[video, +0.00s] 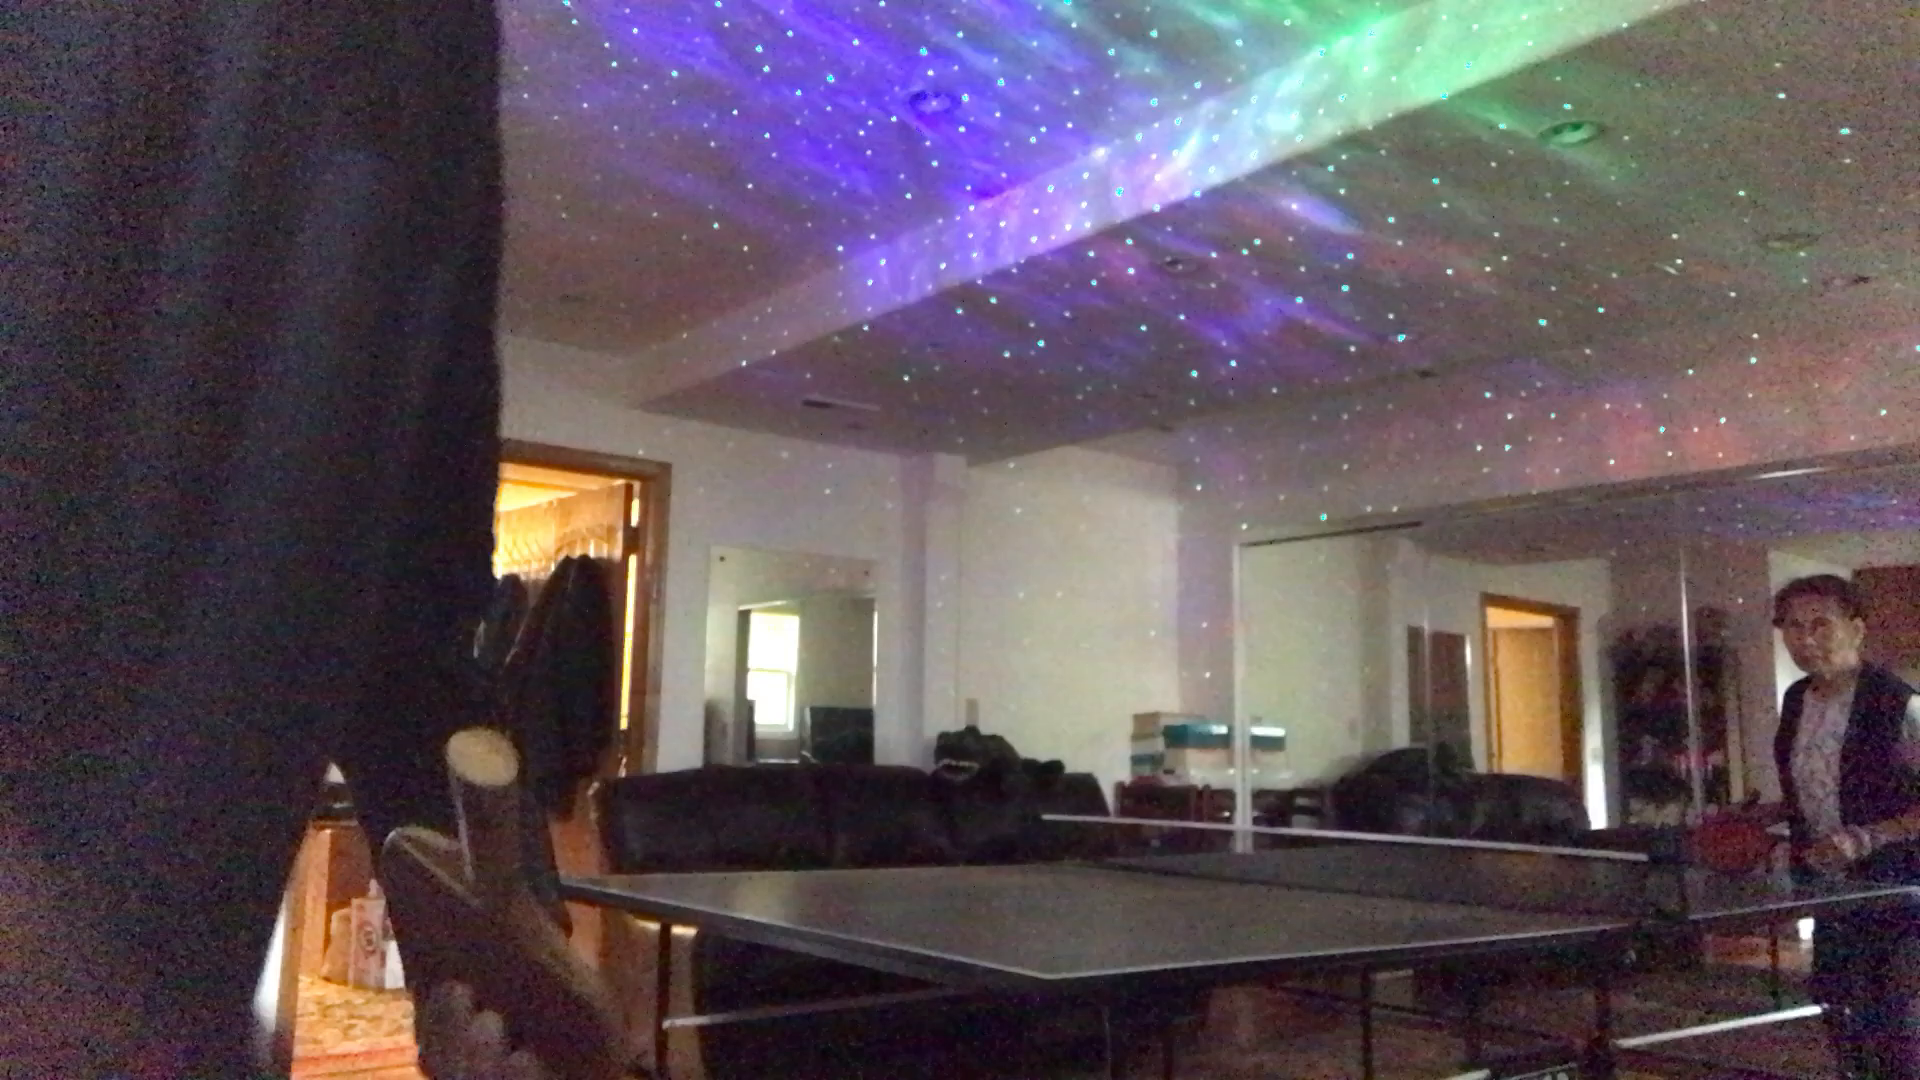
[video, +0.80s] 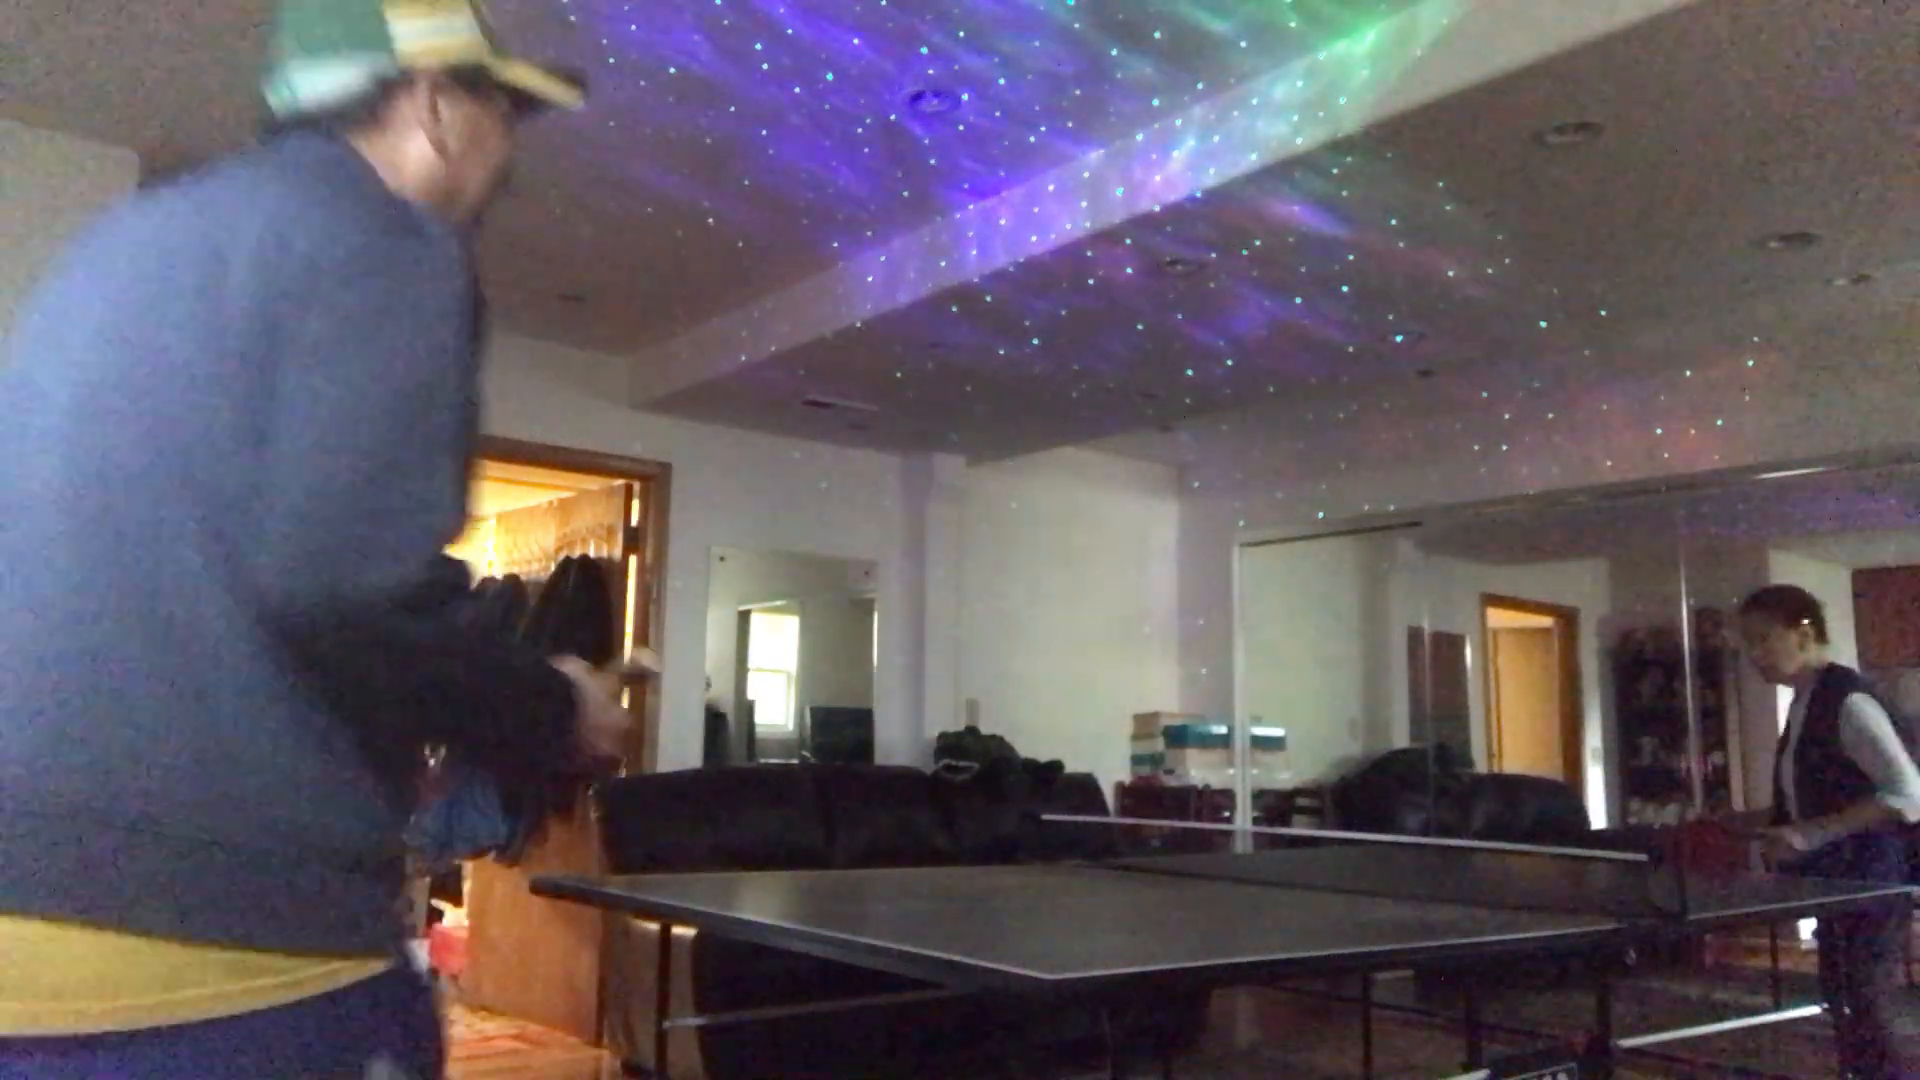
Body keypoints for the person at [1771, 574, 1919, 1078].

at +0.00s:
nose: (1804, 638)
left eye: (1818, 623)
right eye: (1792, 626)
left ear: (1856, 628)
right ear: (1783, 635)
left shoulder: (1893, 699)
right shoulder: (1797, 698)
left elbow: (1917, 809)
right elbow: (1803, 796)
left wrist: (1861, 840)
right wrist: (1772, 818)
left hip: (1894, 891)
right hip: (1830, 890)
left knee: (1890, 1021)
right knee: (1834, 1005)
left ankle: (1893, 1069)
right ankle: (1856, 1068)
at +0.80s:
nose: (1754, 655)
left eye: (1763, 639)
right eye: (1749, 643)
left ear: (1803, 632)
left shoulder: (1849, 702)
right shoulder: (1802, 703)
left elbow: (1906, 797)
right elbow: (1805, 807)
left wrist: (1811, 833)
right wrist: (1743, 821)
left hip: (1873, 882)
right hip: (1837, 881)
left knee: (1870, 1011)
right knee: (1846, 1006)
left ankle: (1887, 1072)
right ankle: (1860, 1071)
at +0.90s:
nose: (1752, 660)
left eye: (1759, 645)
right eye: (1747, 649)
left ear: (1796, 635)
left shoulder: (1838, 701)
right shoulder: (1814, 699)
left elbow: (1869, 804)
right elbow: (1816, 795)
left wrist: (1765, 823)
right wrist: (1749, 809)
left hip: (1864, 887)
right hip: (1839, 884)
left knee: (1862, 1011)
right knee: (1849, 1009)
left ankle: (1876, 1072)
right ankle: (1861, 1071)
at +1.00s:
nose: (1748, 664)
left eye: (1751, 648)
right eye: (1744, 652)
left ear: (1786, 637)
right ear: (1791, 640)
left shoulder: (1831, 696)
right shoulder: (1821, 694)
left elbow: (1817, 802)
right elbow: (1804, 786)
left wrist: (1734, 798)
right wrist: (1746, 769)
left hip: (1861, 887)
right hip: (1848, 886)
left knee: (1853, 1006)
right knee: (1849, 1004)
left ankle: (1870, 1072)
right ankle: (1867, 1071)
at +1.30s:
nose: (1735, 655)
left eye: (1740, 641)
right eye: (1732, 644)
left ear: (1778, 632)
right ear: (1772, 637)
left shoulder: (1840, 697)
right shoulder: (1771, 712)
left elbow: (1846, 791)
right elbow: (1759, 789)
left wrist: (1756, 780)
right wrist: (1713, 779)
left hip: (1866, 877)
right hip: (1818, 877)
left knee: (1859, 997)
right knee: (1830, 988)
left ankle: (1881, 1068)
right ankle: (1866, 1066)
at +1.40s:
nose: (1730, 654)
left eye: (1739, 639)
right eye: (1726, 642)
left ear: (1780, 634)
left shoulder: (1837, 696)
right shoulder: (1757, 714)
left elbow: (1905, 786)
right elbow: (1764, 797)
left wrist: (1830, 791)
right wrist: (1745, 806)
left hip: (1860, 879)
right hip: (1797, 878)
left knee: (1862, 1010)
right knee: (1806, 1006)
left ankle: (1878, 1070)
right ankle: (1842, 1067)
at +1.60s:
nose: (1726, 658)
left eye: (1738, 643)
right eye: (1721, 646)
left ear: (1779, 644)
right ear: (1717, 653)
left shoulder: (1837, 707)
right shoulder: (1733, 724)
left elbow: (1908, 768)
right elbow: (1736, 805)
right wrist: (1761, 839)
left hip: (1856, 871)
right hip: (1783, 876)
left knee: (1860, 1000)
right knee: (1787, 1001)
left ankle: (1882, 1072)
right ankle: (1808, 1071)